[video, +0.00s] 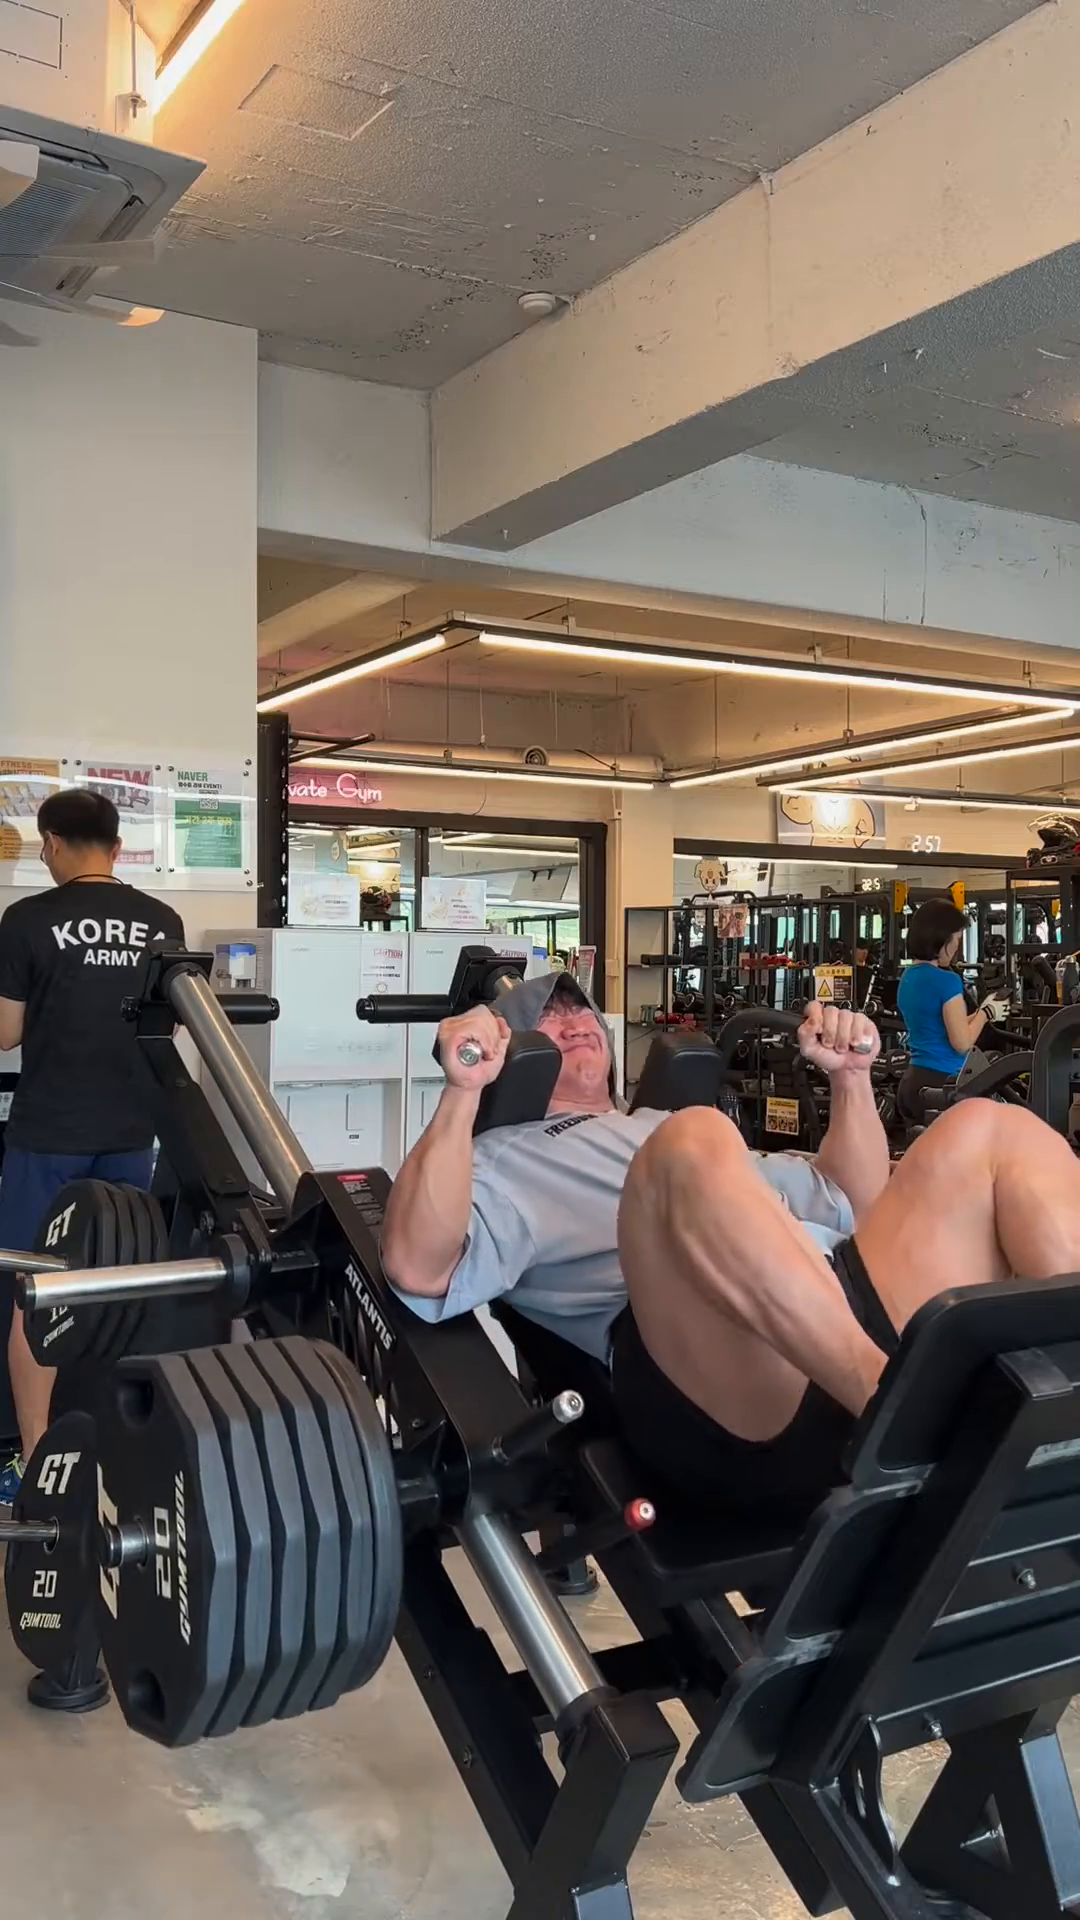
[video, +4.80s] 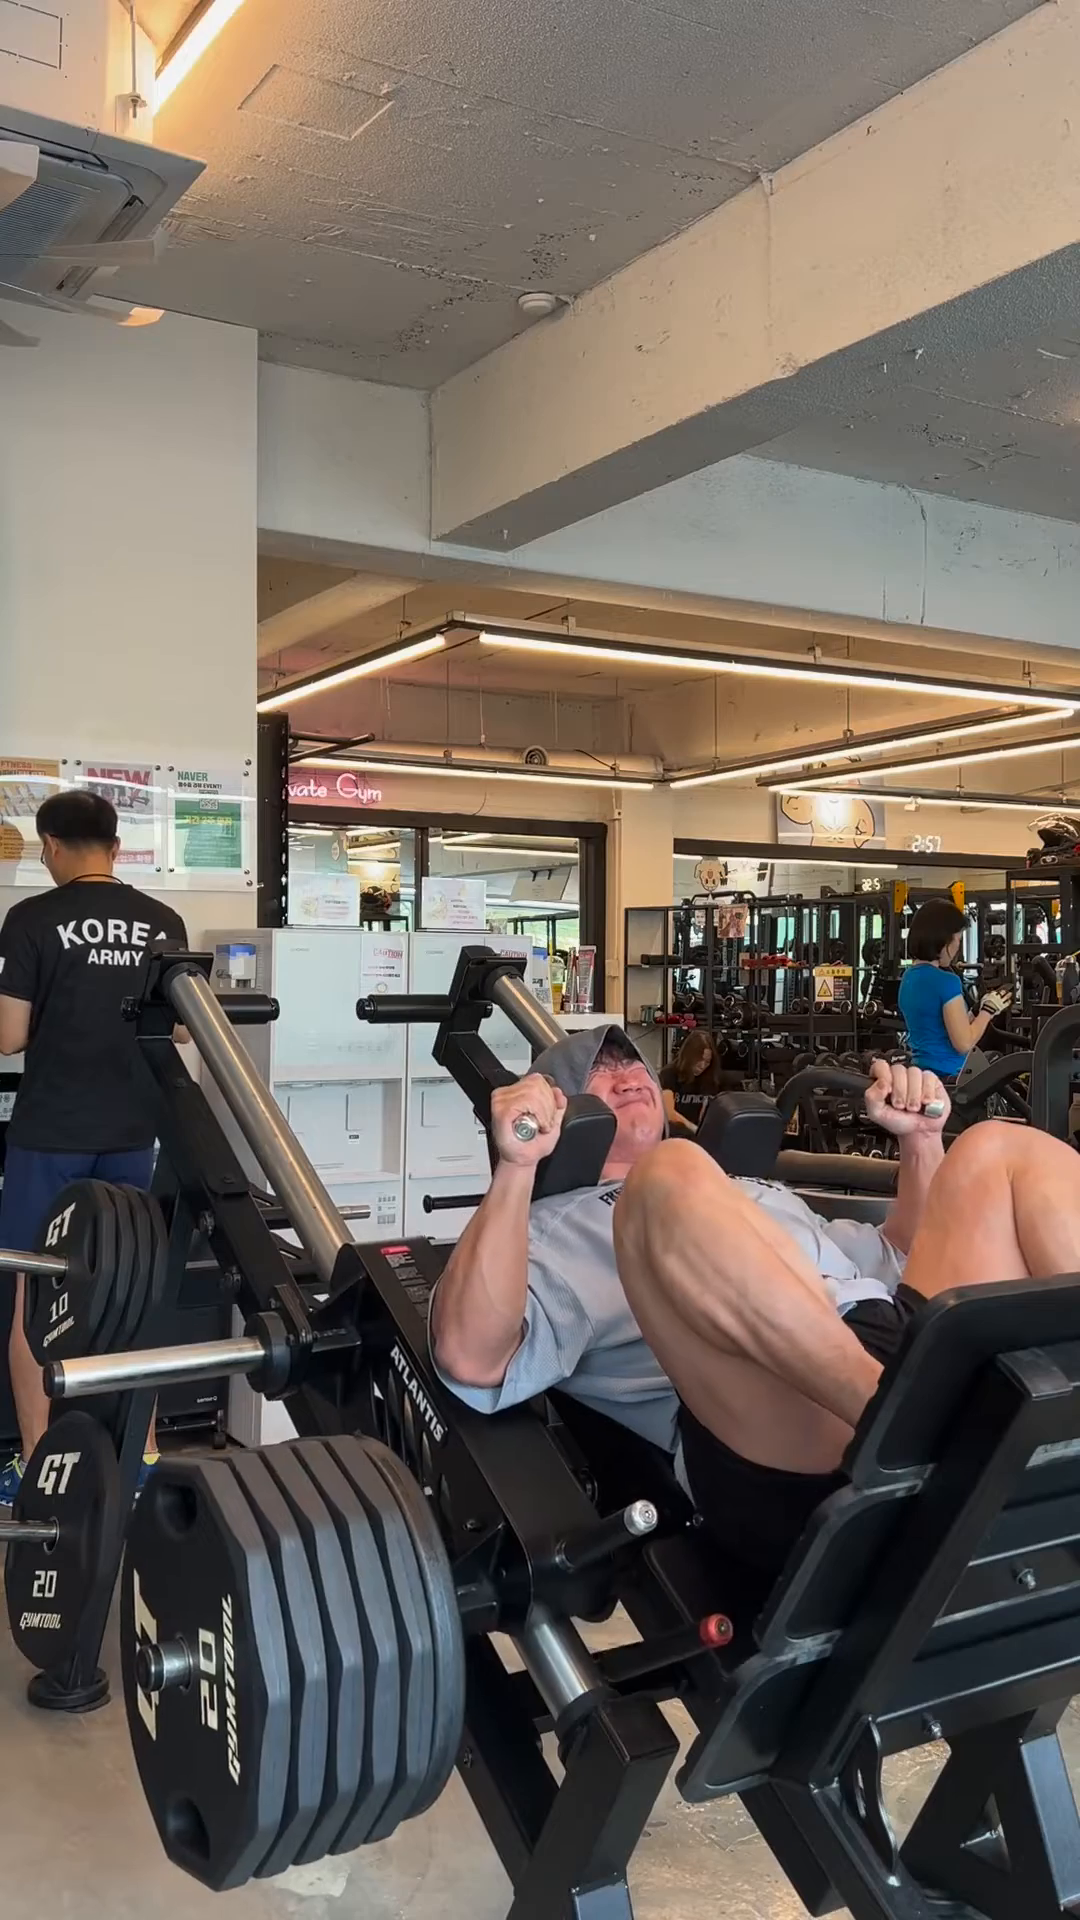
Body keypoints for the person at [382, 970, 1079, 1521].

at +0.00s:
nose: (578, 1024)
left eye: (585, 1011)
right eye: (550, 1014)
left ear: (607, 1044)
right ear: (503, 1054)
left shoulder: (666, 1131)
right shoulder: (504, 1166)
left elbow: (850, 1207)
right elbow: (417, 1270)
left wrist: (848, 1083)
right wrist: (464, 1092)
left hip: (864, 1381)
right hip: (713, 1430)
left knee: (990, 1133)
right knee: (692, 1138)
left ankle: (1071, 1380)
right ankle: (892, 1403)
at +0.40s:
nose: (536, 972)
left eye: (540, 962)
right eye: (514, 966)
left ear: (560, 989)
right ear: (476, 1004)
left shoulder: (635, 1071)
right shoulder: (458, 1102)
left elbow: (792, 1150)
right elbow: (372, 1195)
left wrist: (792, 1023)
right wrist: (414, 1028)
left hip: (797, 1279)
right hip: (650, 1331)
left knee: (986, 1142)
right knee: (676, 1154)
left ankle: (1075, 1373)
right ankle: (893, 1418)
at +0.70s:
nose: (496, 919)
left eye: (502, 913)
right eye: (472, 914)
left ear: (522, 945)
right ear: (433, 956)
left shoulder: (596, 1021)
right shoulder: (420, 1044)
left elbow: (741, 1090)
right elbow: (333, 1128)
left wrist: (738, 970)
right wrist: (371, 973)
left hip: (732, 1198)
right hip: (585, 1226)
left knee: (939, 1175)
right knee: (675, 1189)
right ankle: (896, 1424)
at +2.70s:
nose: (479, 906)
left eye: (489, 901)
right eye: (459, 902)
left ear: (512, 932)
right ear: (429, 938)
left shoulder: (588, 1003)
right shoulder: (410, 1025)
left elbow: (723, 1080)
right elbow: (321, 1112)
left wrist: (726, 959)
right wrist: (360, 962)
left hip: (707, 1170)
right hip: (568, 1187)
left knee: (908, 1215)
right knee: (691, 1238)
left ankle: (1075, 1360)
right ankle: (898, 1434)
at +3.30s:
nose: (516, 946)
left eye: (526, 938)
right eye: (493, 940)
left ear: (550, 969)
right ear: (454, 983)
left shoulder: (624, 1049)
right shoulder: (441, 1076)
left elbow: (773, 1135)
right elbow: (357, 1171)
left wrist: (772, 1004)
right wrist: (398, 1010)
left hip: (771, 1261)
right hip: (618, 1311)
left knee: (968, 1161)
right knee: (675, 1167)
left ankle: (1072, 1387)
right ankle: (900, 1427)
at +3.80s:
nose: (564, 997)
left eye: (572, 986)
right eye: (538, 985)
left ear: (592, 1024)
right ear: (486, 1025)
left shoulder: (672, 1108)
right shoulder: (484, 1144)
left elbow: (833, 1192)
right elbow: (401, 1245)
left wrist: (829, 1060)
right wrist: (447, 1067)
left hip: (837, 1342)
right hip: (686, 1404)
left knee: (997, 1146)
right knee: (678, 1157)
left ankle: (1065, 1393)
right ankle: (888, 1408)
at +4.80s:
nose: (626, 1074)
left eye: (632, 1059)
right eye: (596, 1067)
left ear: (658, 1093)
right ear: (554, 1109)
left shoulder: (755, 1194)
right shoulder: (550, 1237)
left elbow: (897, 1269)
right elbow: (471, 1359)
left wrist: (918, 1146)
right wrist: (513, 1173)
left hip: (911, 1387)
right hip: (777, 1477)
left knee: (1000, 1149)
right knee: (667, 1176)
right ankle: (889, 1413)